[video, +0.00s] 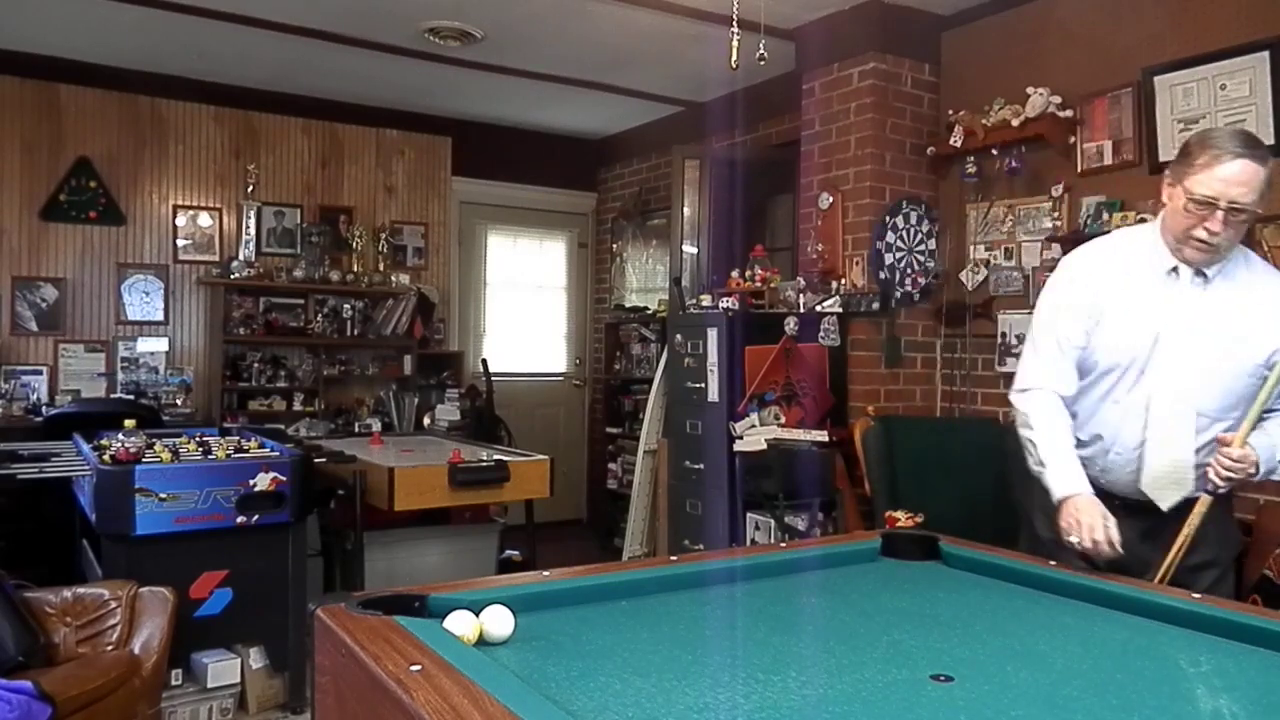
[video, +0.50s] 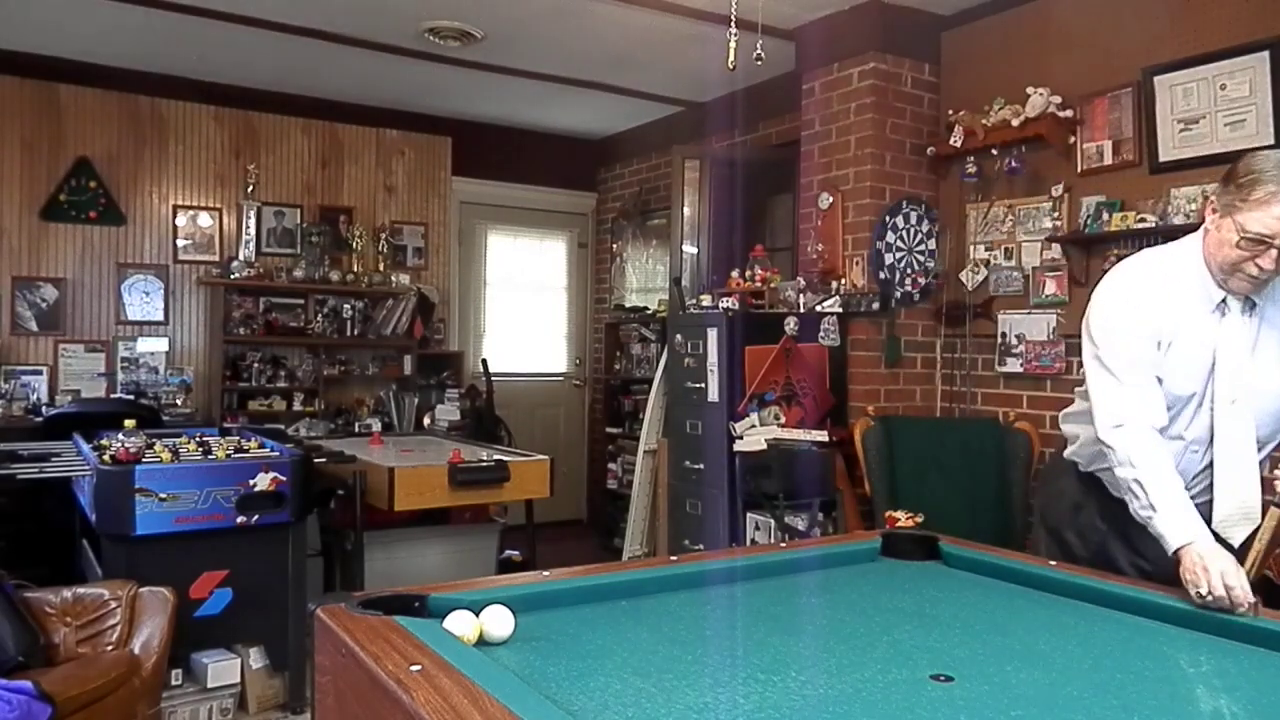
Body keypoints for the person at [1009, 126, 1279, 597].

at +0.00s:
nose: (1216, 225)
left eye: (1237, 213)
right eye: (1203, 203)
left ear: (1255, 216)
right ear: (1169, 191)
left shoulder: (1269, 295)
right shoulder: (1091, 268)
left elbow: (1275, 415)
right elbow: (1037, 389)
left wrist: (1255, 456)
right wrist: (1073, 495)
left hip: (1196, 524)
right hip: (1080, 515)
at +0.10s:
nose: (1231, 233)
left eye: (1253, 219)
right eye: (1217, 209)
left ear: (1269, 222)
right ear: (1182, 192)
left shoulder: (1272, 295)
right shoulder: (1104, 272)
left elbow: (1275, 417)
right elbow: (1059, 400)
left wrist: (1266, 461)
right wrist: (1099, 509)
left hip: (1204, 527)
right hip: (1082, 518)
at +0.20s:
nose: (1243, 244)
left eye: (1265, 231)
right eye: (1231, 220)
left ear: (1277, 233)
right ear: (1193, 200)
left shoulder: (1273, 293)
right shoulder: (1113, 279)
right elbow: (1079, 414)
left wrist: (1268, 462)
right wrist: (1129, 523)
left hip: (1209, 522)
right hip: (1090, 510)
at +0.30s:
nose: (1255, 254)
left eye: (1273, 239)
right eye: (1242, 229)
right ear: (1203, 208)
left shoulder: (1273, 295)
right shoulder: (1120, 285)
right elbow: (1100, 426)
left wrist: (1267, 460)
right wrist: (1158, 534)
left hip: (1210, 521)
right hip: (1094, 507)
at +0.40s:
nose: (1264, 260)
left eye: (1277, 246)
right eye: (1250, 236)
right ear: (1208, 214)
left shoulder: (1271, 297)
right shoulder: (1128, 289)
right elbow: (1117, 432)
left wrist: (1267, 457)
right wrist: (1179, 541)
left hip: (1207, 520)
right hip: (1097, 510)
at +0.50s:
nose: (1268, 263)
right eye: (1255, 241)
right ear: (1212, 214)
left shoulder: (1271, 300)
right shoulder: (1131, 291)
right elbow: (1129, 433)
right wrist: (1191, 544)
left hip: (1208, 518)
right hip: (1099, 510)